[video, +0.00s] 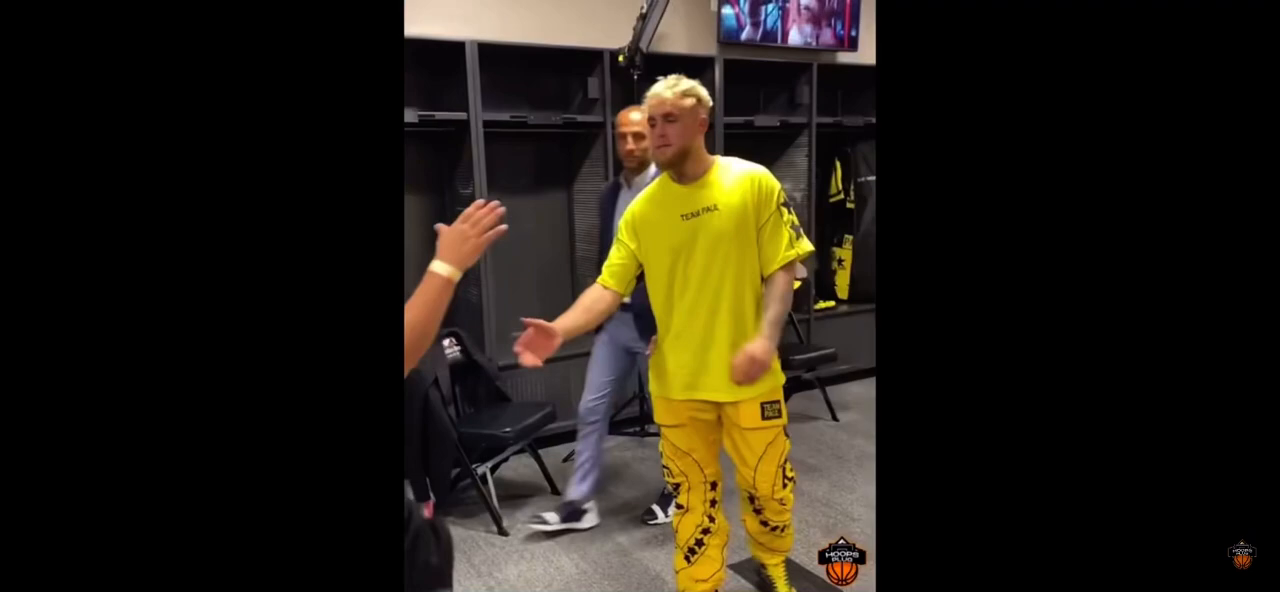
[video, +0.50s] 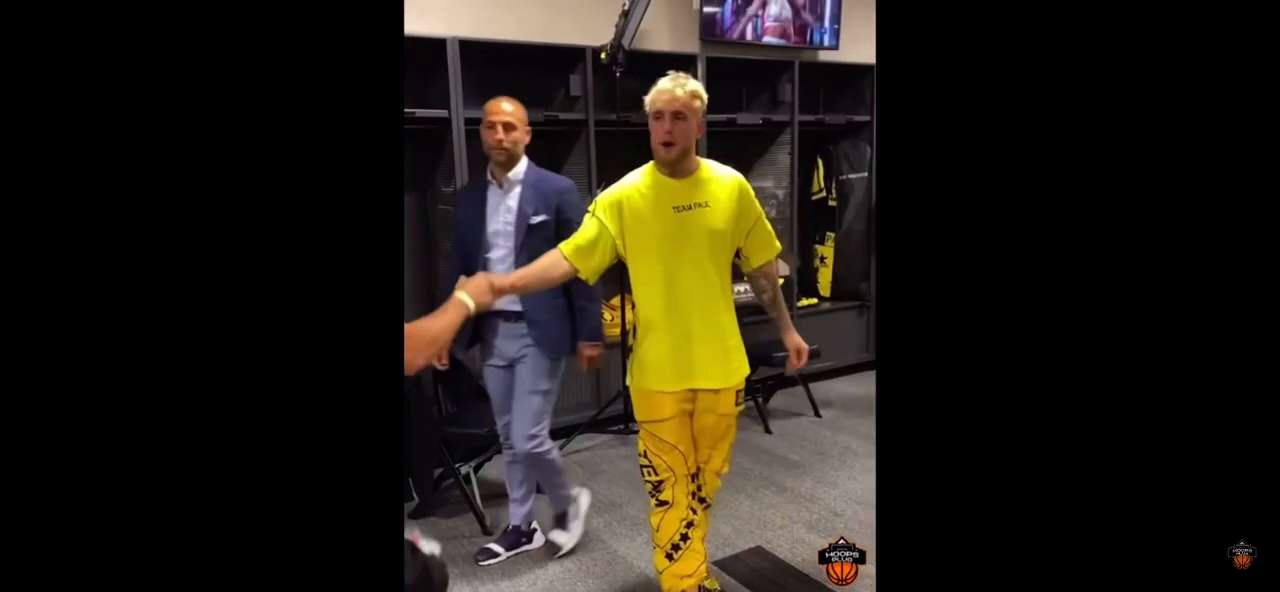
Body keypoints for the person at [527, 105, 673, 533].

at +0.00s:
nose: (629, 145)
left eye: (637, 137)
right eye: (622, 138)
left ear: (654, 139)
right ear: (614, 143)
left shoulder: (671, 189)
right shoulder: (612, 194)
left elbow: (684, 261)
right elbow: (609, 258)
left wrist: (666, 328)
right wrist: (601, 310)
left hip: (663, 322)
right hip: (617, 319)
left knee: (672, 416)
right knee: (592, 408)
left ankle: (678, 491)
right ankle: (579, 501)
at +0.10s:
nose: (606, 148)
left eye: (615, 140)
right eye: (598, 141)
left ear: (631, 144)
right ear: (587, 147)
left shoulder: (650, 194)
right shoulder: (579, 196)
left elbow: (664, 271)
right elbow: (577, 264)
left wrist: (649, 334)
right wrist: (573, 319)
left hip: (641, 329)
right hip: (594, 326)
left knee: (657, 424)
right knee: (571, 421)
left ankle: (670, 495)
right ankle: (540, 516)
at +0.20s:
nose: (580, 149)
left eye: (588, 141)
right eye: (571, 141)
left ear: (603, 145)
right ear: (559, 146)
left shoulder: (625, 199)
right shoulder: (550, 202)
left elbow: (642, 276)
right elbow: (543, 269)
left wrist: (635, 340)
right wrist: (540, 326)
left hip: (611, 334)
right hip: (561, 332)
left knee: (633, 424)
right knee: (549, 430)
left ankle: (664, 485)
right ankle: (531, 525)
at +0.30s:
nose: (549, 143)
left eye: (557, 135)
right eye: (540, 136)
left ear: (573, 139)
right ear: (529, 141)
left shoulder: (601, 196)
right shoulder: (518, 200)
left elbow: (619, 273)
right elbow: (512, 268)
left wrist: (621, 339)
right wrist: (506, 326)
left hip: (583, 335)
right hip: (531, 334)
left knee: (597, 433)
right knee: (534, 437)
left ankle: (644, 480)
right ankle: (527, 526)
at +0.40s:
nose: (520, 138)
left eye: (530, 130)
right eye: (513, 130)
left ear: (548, 137)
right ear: (502, 137)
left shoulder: (578, 194)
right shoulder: (493, 200)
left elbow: (602, 268)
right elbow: (485, 269)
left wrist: (607, 334)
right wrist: (479, 330)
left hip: (558, 333)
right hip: (510, 333)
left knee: (559, 440)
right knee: (524, 438)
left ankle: (613, 473)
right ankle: (524, 526)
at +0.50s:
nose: (499, 135)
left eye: (509, 128)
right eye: (492, 128)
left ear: (527, 135)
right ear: (481, 135)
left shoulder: (557, 191)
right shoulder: (470, 197)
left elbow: (582, 266)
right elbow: (462, 269)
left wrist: (590, 333)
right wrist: (444, 334)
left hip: (540, 327)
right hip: (491, 328)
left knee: (529, 440)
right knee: (509, 439)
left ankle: (568, 500)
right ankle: (520, 527)